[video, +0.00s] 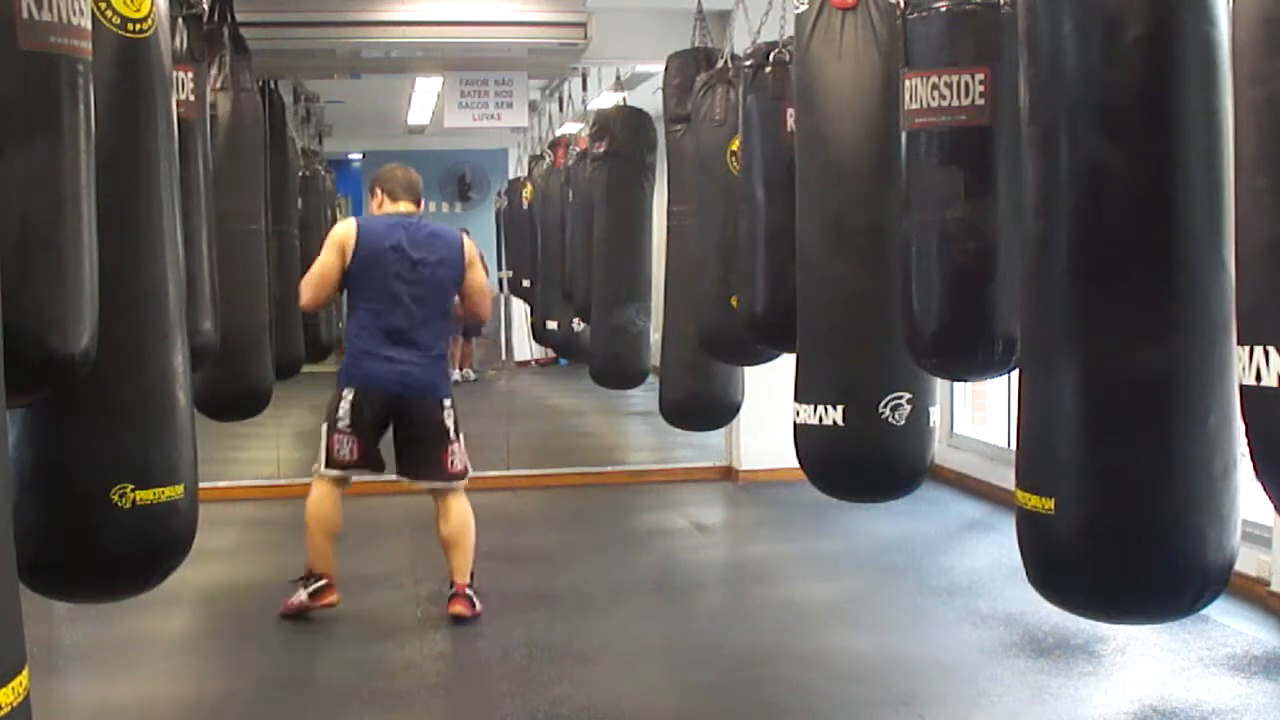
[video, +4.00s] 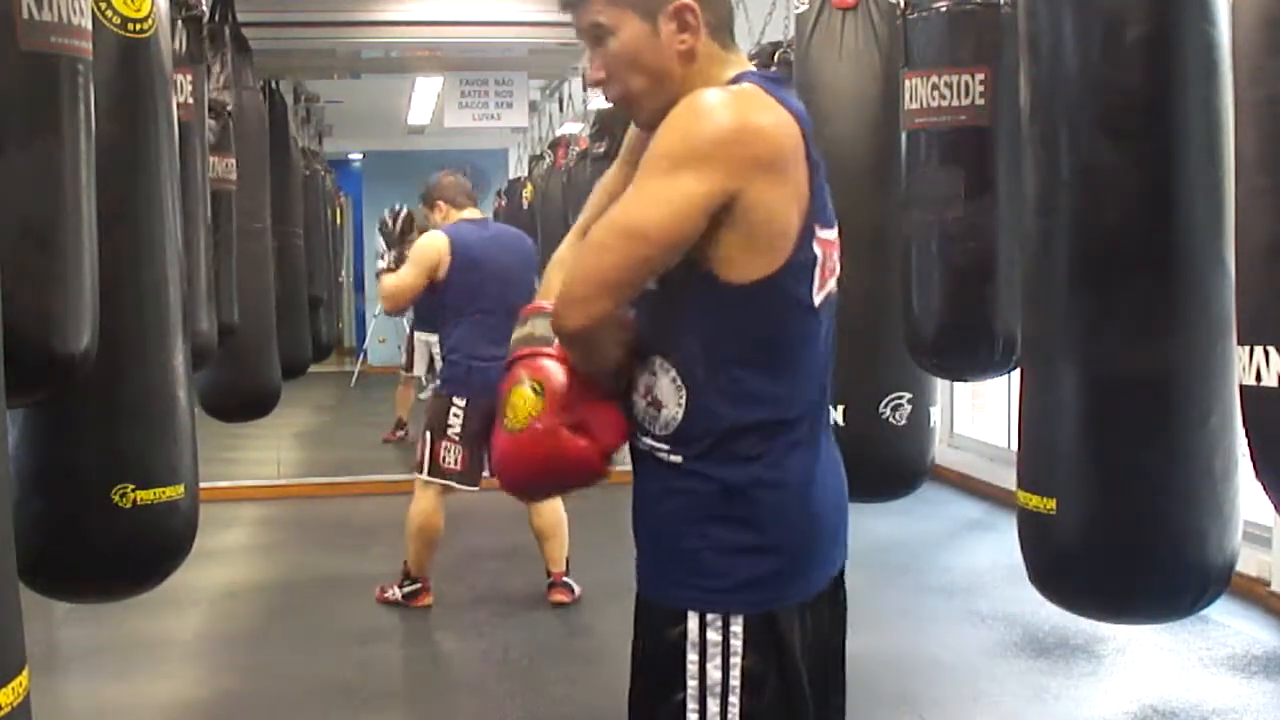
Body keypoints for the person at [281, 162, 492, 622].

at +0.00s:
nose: (369, 206)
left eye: (370, 200)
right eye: (372, 202)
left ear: (378, 199)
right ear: (421, 203)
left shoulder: (350, 232)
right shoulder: (459, 243)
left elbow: (309, 298)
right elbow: (480, 312)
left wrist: (345, 269)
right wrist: (439, 301)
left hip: (363, 382)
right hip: (428, 387)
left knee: (329, 479)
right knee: (450, 490)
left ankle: (319, 580)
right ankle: (462, 589)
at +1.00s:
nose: (300, 240)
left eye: (301, 229)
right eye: (298, 231)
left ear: (321, 222)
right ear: (339, 221)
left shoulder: (347, 264)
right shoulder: (368, 255)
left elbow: (305, 324)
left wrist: (284, 289)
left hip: (374, 396)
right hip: (406, 390)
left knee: (306, 479)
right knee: (423, 478)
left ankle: (323, 583)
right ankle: (499, 542)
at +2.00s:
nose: (401, 235)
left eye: (402, 226)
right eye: (399, 228)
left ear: (420, 216)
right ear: (444, 215)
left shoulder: (425, 250)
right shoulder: (492, 248)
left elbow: (390, 312)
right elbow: (448, 309)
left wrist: (364, 286)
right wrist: (395, 275)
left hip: (452, 381)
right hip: (501, 381)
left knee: (402, 471)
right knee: (507, 475)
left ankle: (389, 568)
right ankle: (537, 559)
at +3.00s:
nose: (411, 216)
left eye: (411, 211)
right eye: (412, 211)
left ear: (422, 206)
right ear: (460, 207)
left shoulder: (406, 239)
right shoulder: (505, 247)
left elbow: (366, 305)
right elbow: (520, 315)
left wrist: (383, 271)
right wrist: (476, 294)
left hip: (418, 390)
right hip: (481, 392)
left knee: (377, 487)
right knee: (499, 494)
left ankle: (378, 581)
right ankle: (510, 593)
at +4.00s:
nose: (430, 221)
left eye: (429, 215)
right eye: (429, 215)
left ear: (441, 208)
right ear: (476, 203)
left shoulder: (438, 243)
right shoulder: (522, 242)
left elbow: (392, 298)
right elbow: (527, 303)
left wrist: (392, 263)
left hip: (463, 379)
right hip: (520, 376)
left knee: (430, 484)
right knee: (540, 479)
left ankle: (415, 581)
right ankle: (559, 577)